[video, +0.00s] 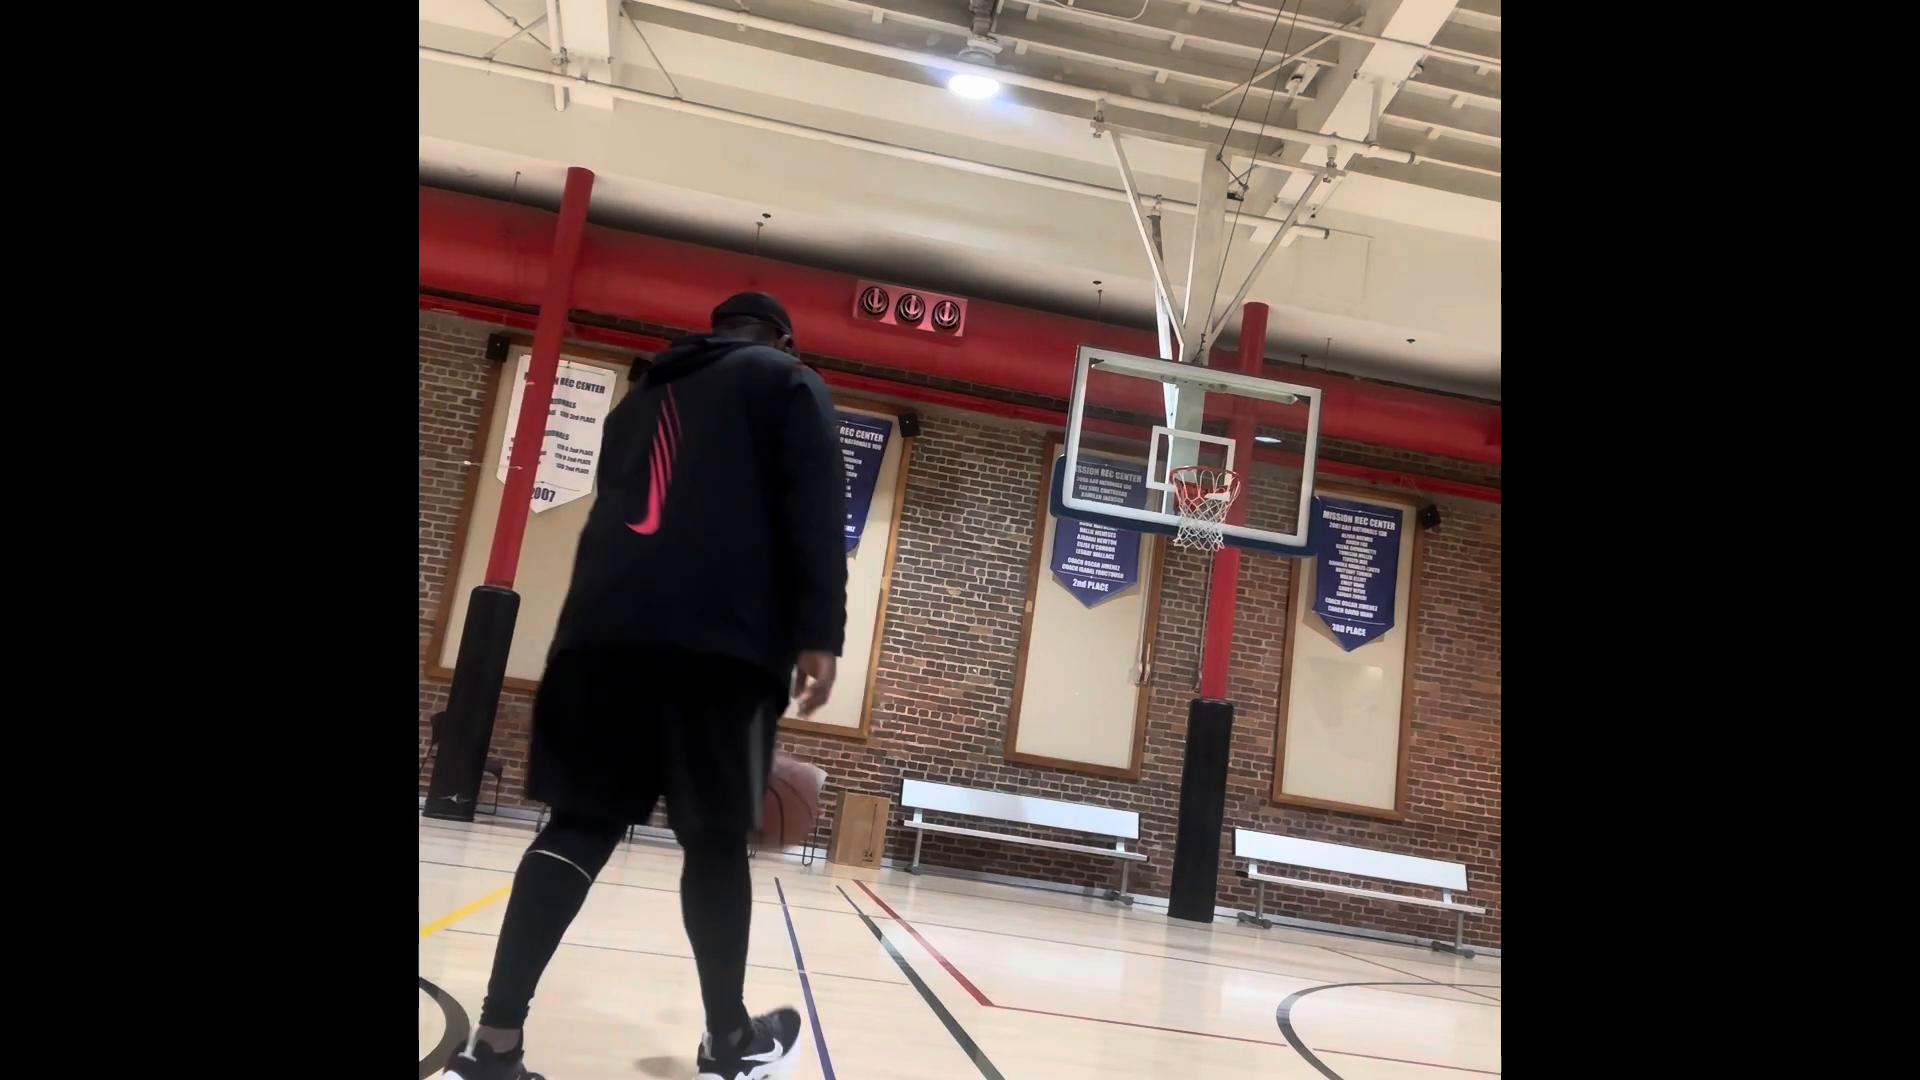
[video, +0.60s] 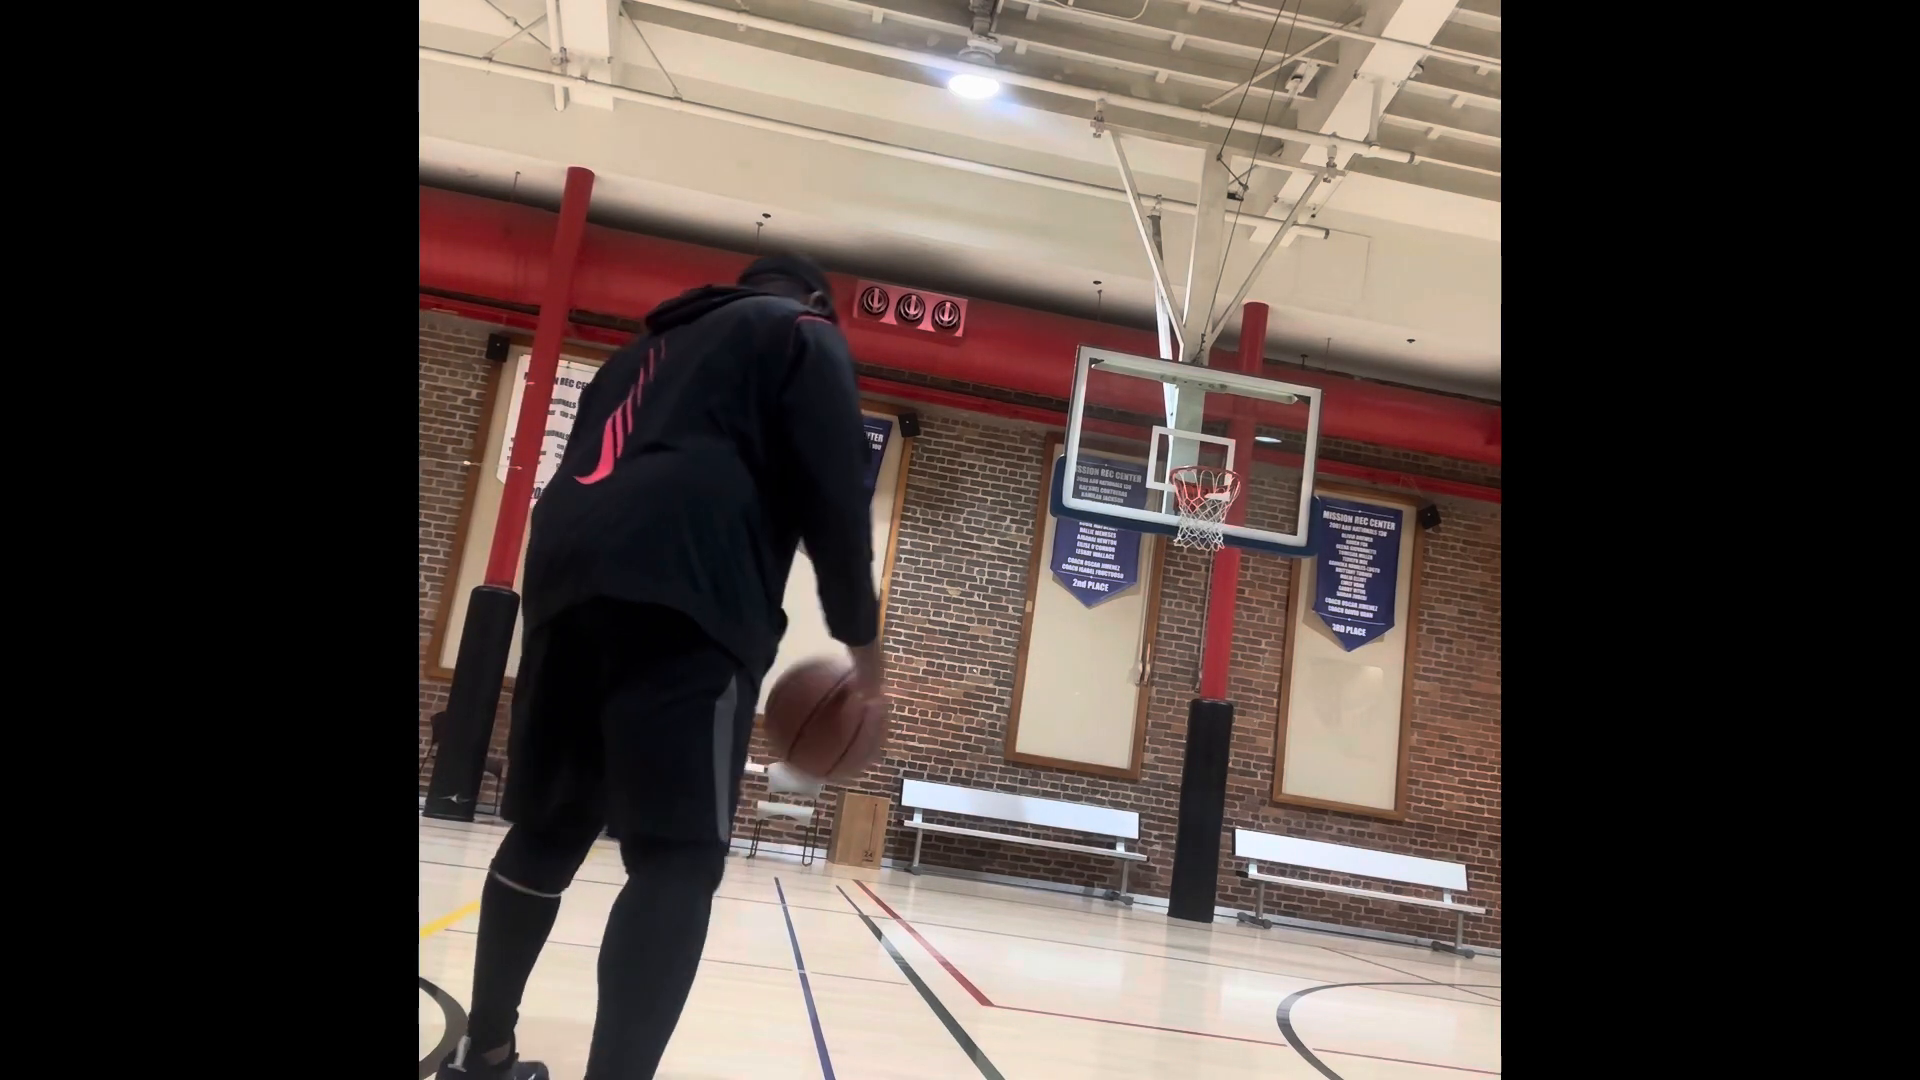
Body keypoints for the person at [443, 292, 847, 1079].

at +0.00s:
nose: (792, 358)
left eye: (785, 345)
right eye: (791, 346)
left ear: (712, 331)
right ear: (779, 339)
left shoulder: (639, 398)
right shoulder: (787, 381)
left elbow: (608, 525)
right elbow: (815, 511)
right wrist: (819, 633)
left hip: (604, 637)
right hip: (723, 647)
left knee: (581, 822)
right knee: (716, 839)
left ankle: (495, 1038)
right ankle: (728, 1034)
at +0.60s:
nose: (822, 327)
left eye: (819, 315)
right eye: (823, 315)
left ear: (743, 283)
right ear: (810, 301)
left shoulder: (640, 349)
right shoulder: (801, 332)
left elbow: (575, 482)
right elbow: (837, 489)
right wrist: (864, 648)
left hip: (564, 593)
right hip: (686, 602)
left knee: (547, 825)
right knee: (676, 860)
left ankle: (484, 1046)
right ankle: (618, 1068)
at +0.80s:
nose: (893, 312)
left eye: (900, 302)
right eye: (894, 297)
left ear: (801, 249)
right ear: (870, 269)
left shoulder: (697, 307)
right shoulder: (852, 301)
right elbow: (886, 452)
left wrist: (825, 555)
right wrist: (932, 599)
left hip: (565, 560)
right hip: (697, 581)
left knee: (524, 810)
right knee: (697, 862)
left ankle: (441, 1040)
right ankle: (620, 1070)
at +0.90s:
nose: (913, 298)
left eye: (919, 287)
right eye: (914, 282)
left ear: (823, 229)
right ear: (886, 248)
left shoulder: (717, 284)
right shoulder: (863, 283)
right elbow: (887, 435)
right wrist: (941, 591)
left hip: (562, 542)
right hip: (694, 568)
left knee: (519, 807)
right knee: (691, 853)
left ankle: (415, 1014)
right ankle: (620, 1068)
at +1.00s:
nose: (920, 296)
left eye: (926, 285)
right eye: (921, 276)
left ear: (836, 225)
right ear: (890, 239)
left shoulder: (730, 280)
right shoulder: (861, 273)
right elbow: (876, 415)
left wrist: (794, 613)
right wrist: (935, 589)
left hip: (546, 541)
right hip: (684, 564)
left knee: (503, 815)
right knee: (687, 851)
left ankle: (416, 1021)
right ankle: (617, 1068)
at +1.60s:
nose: (800, 271)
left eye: (801, 261)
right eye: (799, 256)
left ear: (699, 223)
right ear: (777, 238)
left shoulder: (592, 284)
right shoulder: (779, 281)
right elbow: (821, 434)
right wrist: (778, 593)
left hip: (473, 527)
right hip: (622, 546)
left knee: (440, 823)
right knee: (618, 843)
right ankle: (591, 1067)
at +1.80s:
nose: (726, 268)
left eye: (722, 258)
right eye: (727, 256)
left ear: (621, 230)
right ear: (711, 249)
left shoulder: (522, 294)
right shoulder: (736, 309)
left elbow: (469, 424)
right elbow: (774, 471)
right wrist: (693, 591)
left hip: (454, 553)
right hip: (615, 568)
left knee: (438, 820)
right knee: (605, 847)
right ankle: (586, 1069)